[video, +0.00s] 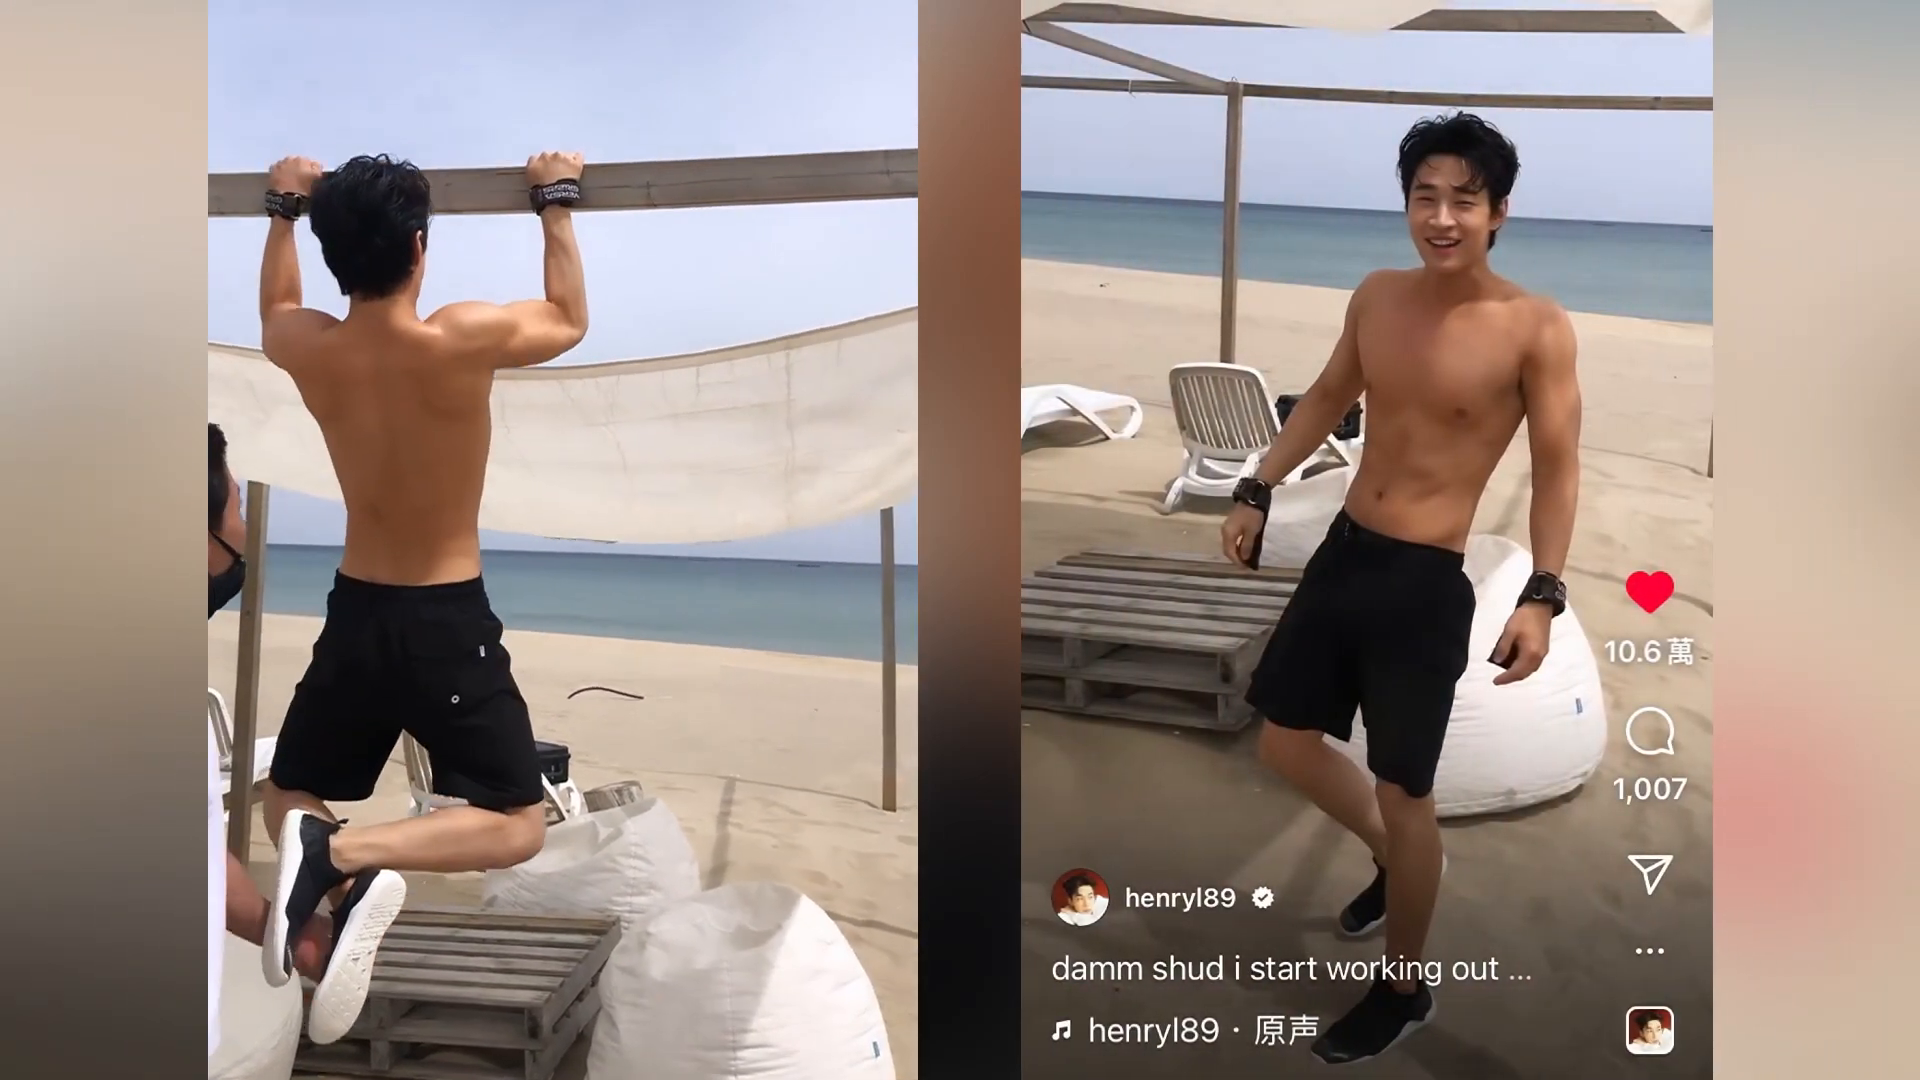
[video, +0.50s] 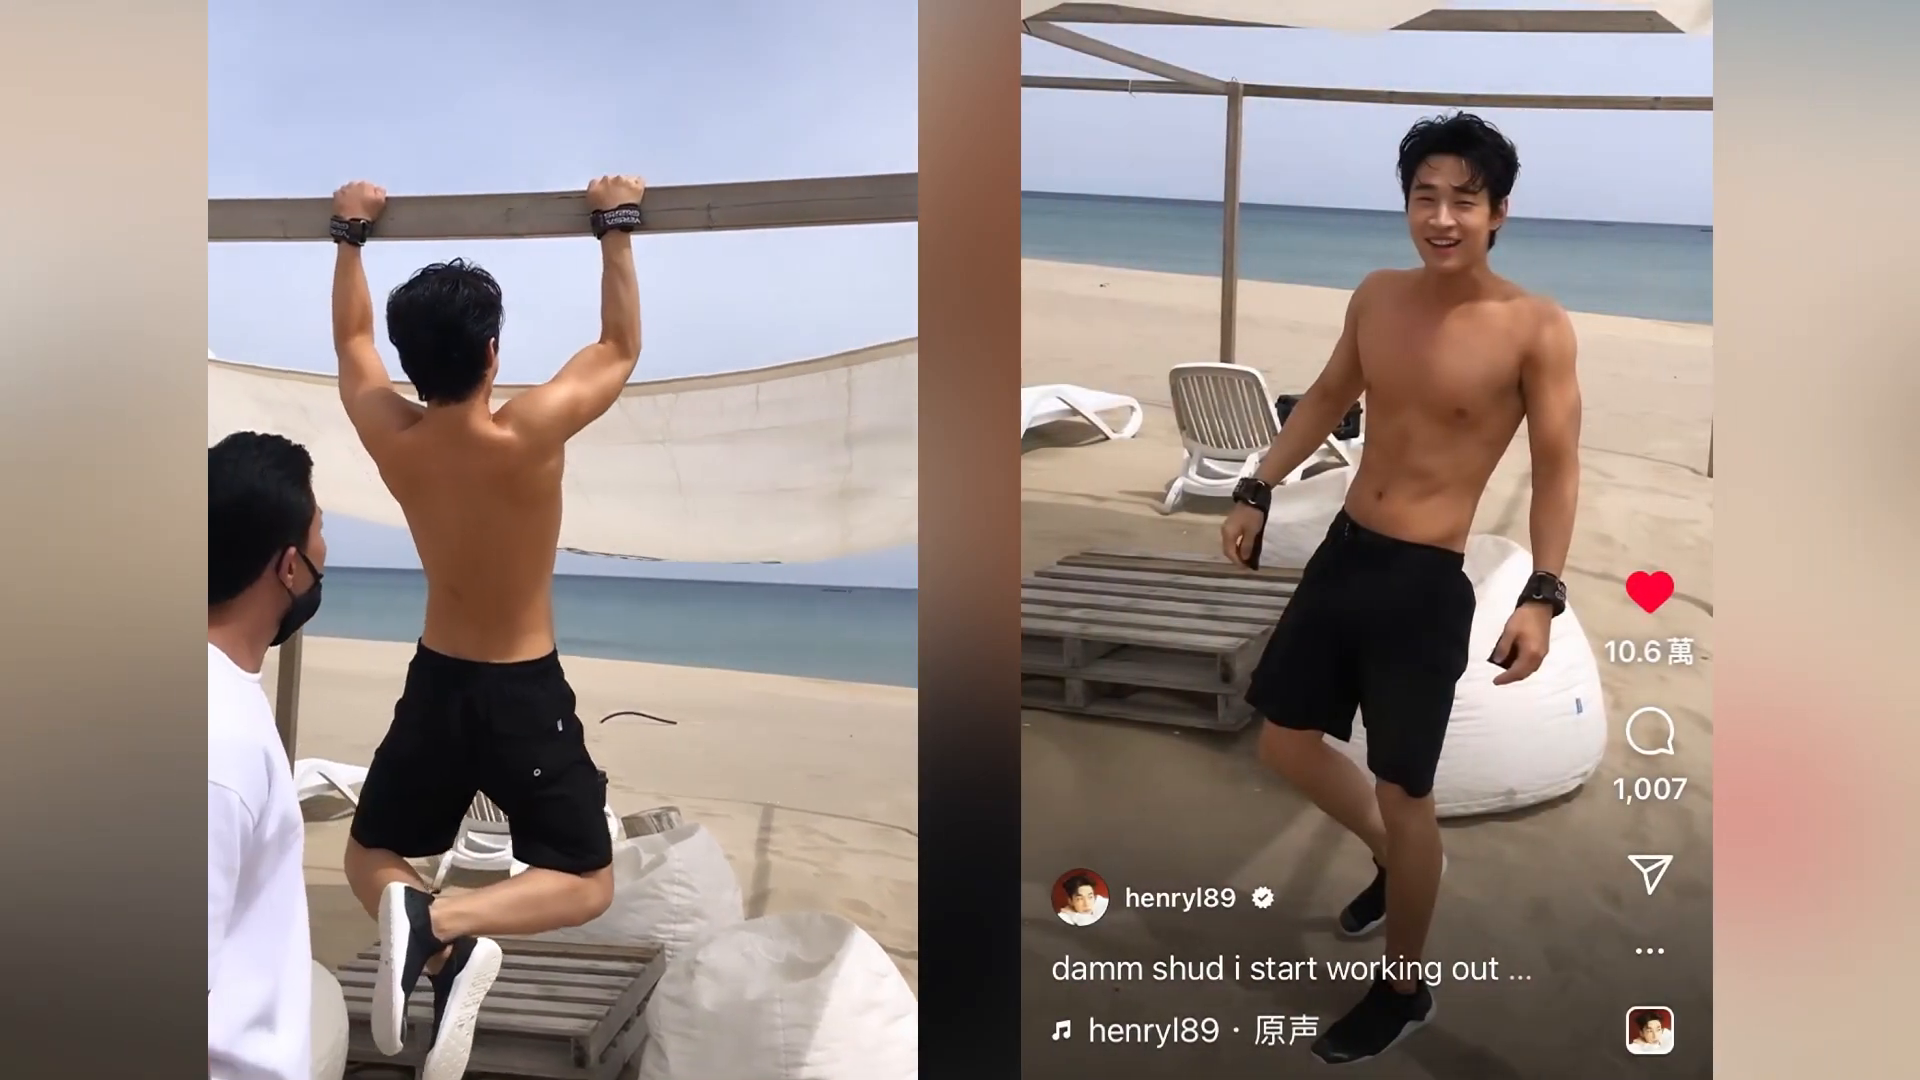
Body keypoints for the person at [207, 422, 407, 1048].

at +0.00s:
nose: (246, 523)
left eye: (237, 501)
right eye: (237, 505)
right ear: (207, 536)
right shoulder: (186, 707)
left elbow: (196, 844)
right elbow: (196, 858)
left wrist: (294, 934)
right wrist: (297, 935)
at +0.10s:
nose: (261, 531)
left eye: (253, 512)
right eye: (252, 515)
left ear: (220, 557)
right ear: (221, 553)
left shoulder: (205, 694)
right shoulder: (197, 700)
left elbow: (190, 871)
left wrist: (254, 967)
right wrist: (254, 968)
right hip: (207, 1051)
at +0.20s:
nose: (278, 541)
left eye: (273, 521)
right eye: (272, 523)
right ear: (238, 557)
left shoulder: (208, 693)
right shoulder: (202, 705)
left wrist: (228, 980)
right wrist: (238, 1051)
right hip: (213, 1054)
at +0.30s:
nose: (296, 534)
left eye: (288, 515)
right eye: (288, 518)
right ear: (257, 557)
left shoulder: (217, 704)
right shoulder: (207, 727)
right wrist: (229, 1059)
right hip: (224, 1049)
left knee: (291, 977)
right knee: (293, 979)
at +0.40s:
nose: (313, 544)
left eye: (307, 523)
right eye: (306, 526)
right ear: (276, 565)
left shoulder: (225, 699)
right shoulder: (215, 737)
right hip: (236, 1053)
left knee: (305, 981)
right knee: (308, 985)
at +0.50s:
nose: (324, 549)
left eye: (320, 527)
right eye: (319, 530)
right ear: (289, 567)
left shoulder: (230, 688)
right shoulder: (220, 753)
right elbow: (180, 990)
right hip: (248, 1057)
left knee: (323, 991)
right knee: (326, 995)